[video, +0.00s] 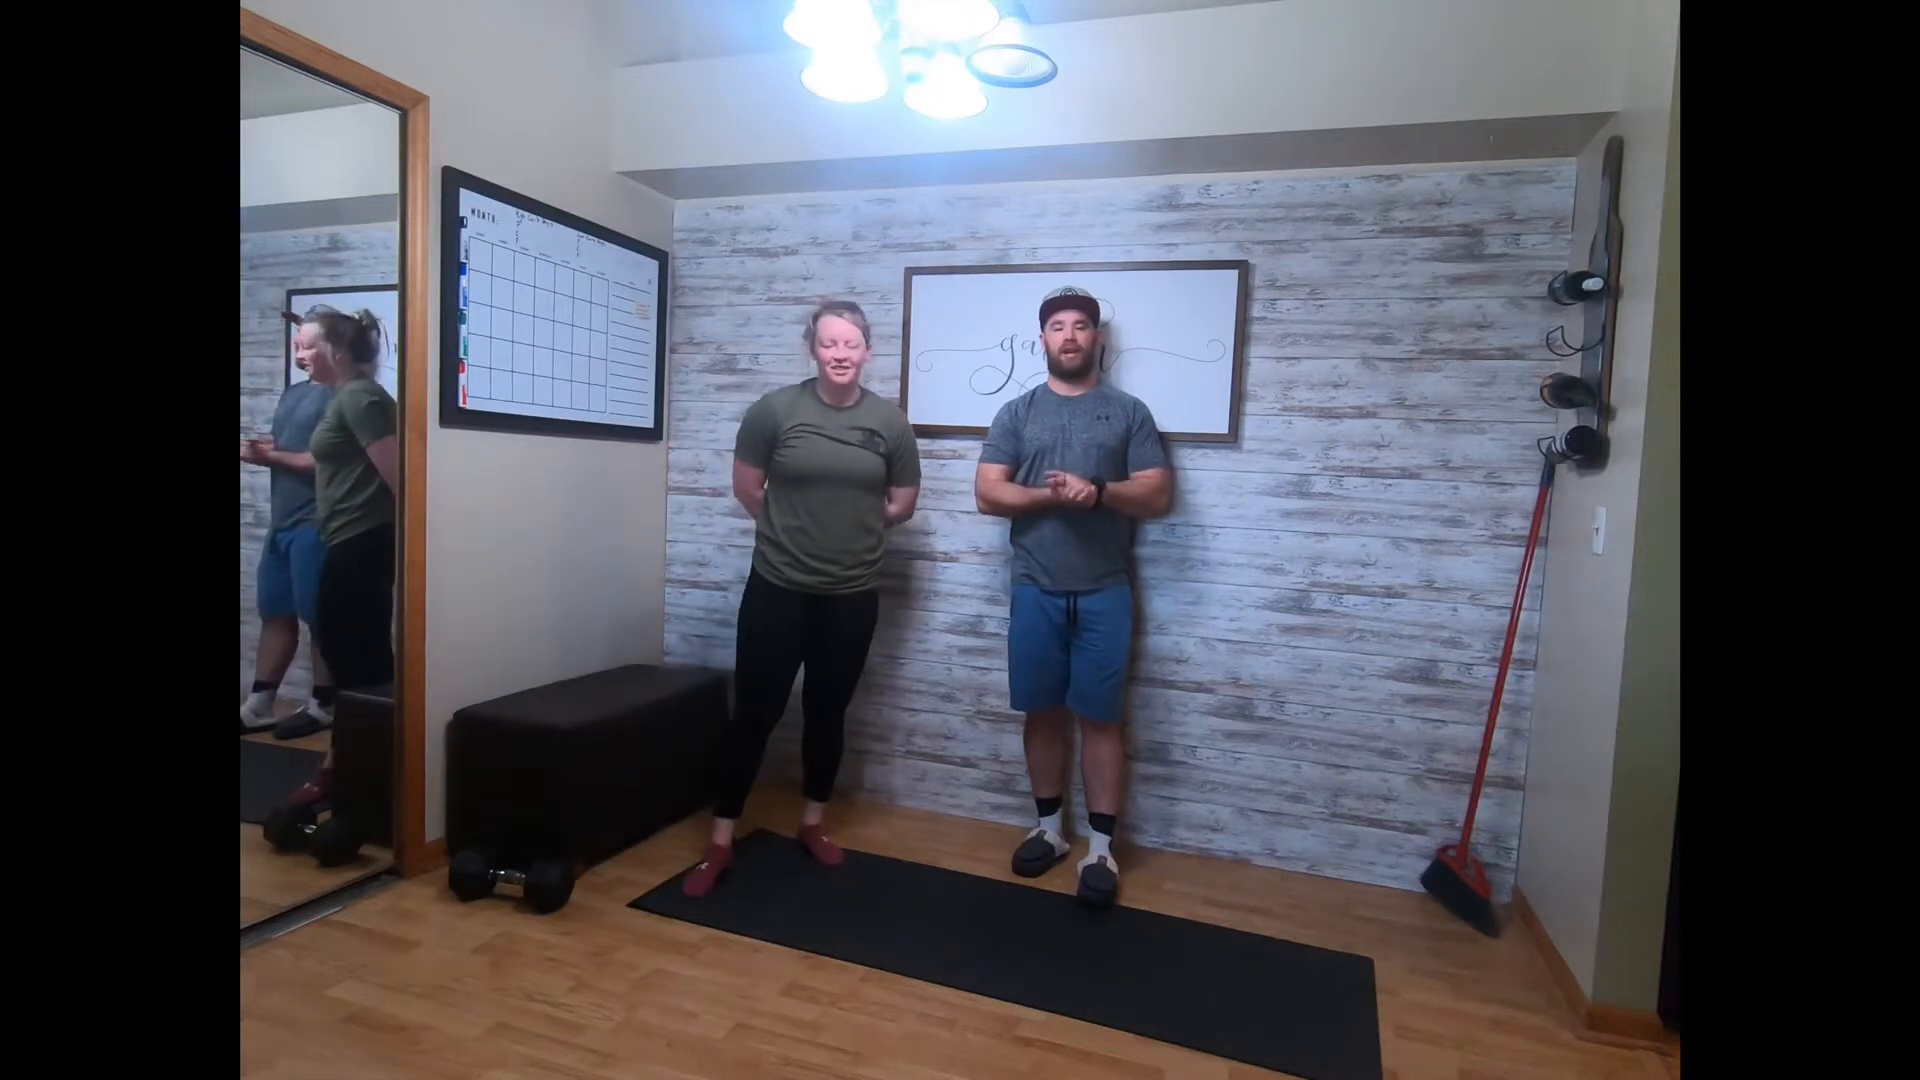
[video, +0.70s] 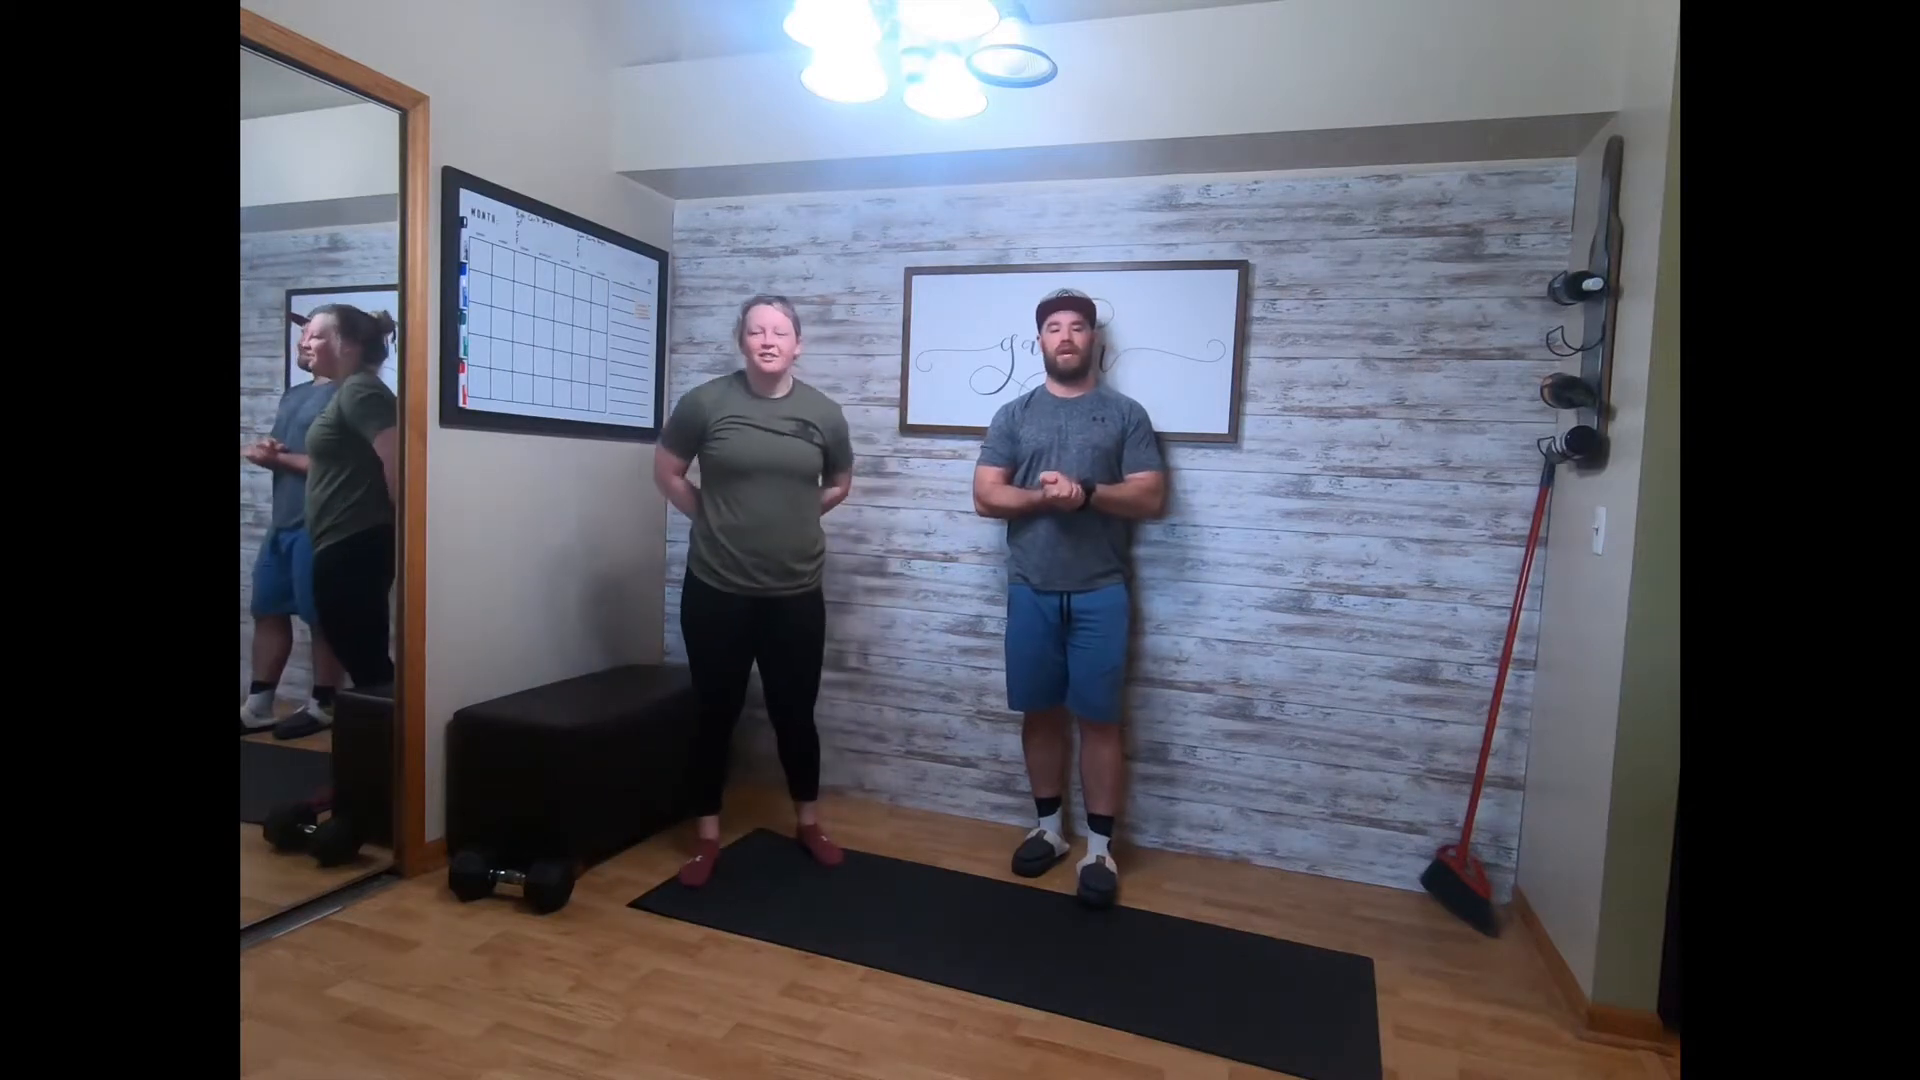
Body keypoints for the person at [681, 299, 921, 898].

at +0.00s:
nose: (840, 353)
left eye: (851, 343)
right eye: (830, 343)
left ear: (867, 351)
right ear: (812, 351)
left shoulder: (890, 422)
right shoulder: (773, 411)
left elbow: (903, 502)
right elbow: (747, 487)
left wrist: (844, 524)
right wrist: (794, 527)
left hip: (850, 595)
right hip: (777, 588)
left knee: (826, 713)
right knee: (753, 713)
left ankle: (813, 825)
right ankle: (721, 841)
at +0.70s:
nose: (767, 340)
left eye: (778, 332)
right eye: (757, 332)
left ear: (797, 344)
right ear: (740, 344)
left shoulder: (825, 415)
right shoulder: (704, 405)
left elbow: (840, 482)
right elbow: (667, 472)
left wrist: (794, 514)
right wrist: (714, 518)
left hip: (795, 594)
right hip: (717, 589)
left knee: (796, 716)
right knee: (713, 717)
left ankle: (808, 823)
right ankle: (708, 836)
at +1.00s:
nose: (743, 338)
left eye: (754, 330)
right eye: (732, 329)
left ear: (773, 343)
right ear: (715, 340)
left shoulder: (798, 404)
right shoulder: (681, 393)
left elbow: (844, 469)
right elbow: (615, 453)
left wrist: (836, 467)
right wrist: (659, 451)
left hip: (775, 590)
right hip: (696, 587)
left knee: (792, 715)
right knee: (703, 716)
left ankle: (808, 823)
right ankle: (706, 836)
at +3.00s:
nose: (751, 392)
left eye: (761, 381)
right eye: (741, 380)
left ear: (775, 367)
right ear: (717, 359)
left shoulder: (788, 410)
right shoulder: (667, 401)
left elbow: (816, 470)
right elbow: (613, 456)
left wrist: (805, 531)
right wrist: (624, 528)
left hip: (764, 587)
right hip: (686, 586)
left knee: (779, 709)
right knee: (696, 713)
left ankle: (797, 824)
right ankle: (707, 838)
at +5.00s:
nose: (733, 343)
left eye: (744, 334)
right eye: (722, 332)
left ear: (757, 345)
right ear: (702, 341)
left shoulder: (785, 417)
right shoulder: (661, 411)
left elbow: (805, 506)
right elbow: (628, 493)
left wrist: (746, 529)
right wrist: (684, 528)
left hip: (763, 593)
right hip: (682, 592)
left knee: (781, 716)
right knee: (696, 719)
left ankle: (799, 825)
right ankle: (707, 838)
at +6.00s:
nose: (744, 340)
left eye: (752, 333)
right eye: (731, 330)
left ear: (760, 346)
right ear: (702, 340)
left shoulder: (777, 414)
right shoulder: (661, 408)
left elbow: (787, 496)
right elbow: (622, 494)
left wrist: (738, 526)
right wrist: (679, 529)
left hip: (763, 588)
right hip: (685, 588)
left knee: (786, 709)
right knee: (698, 713)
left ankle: (800, 823)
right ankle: (707, 839)